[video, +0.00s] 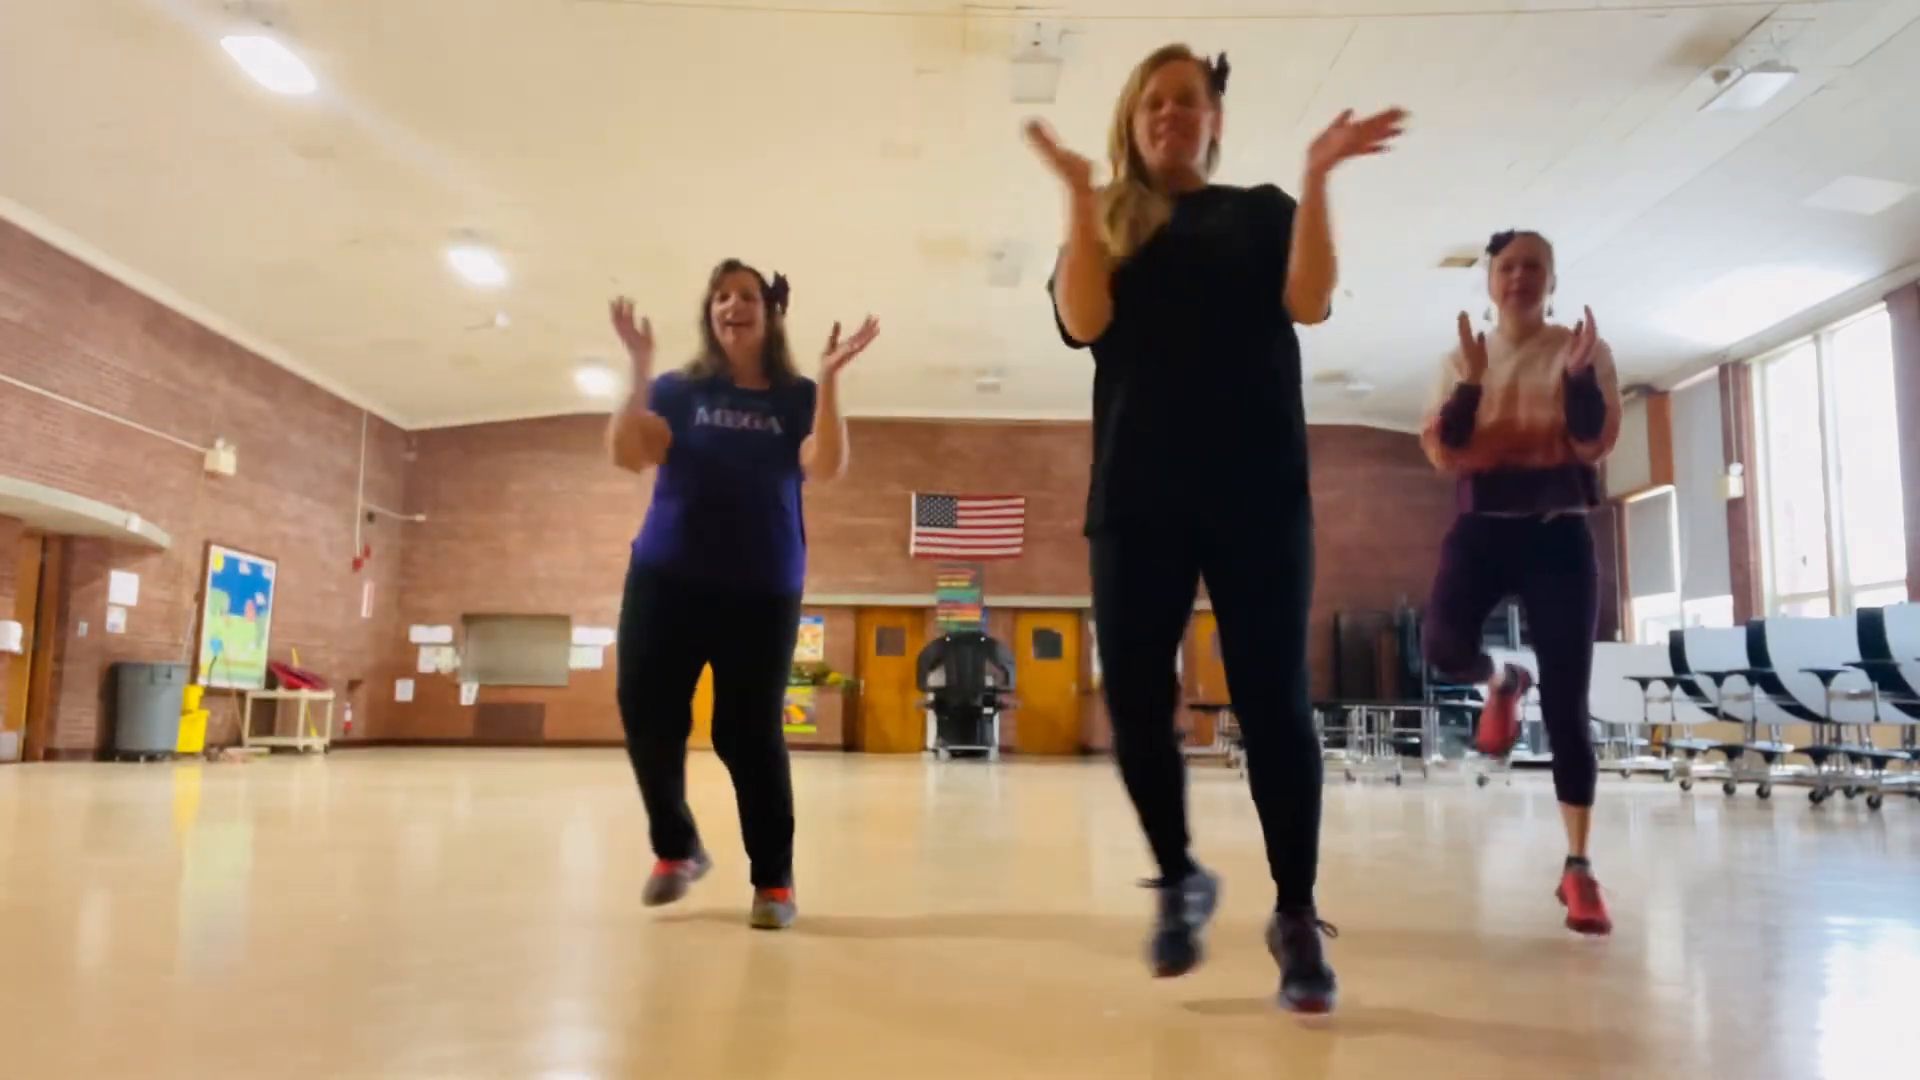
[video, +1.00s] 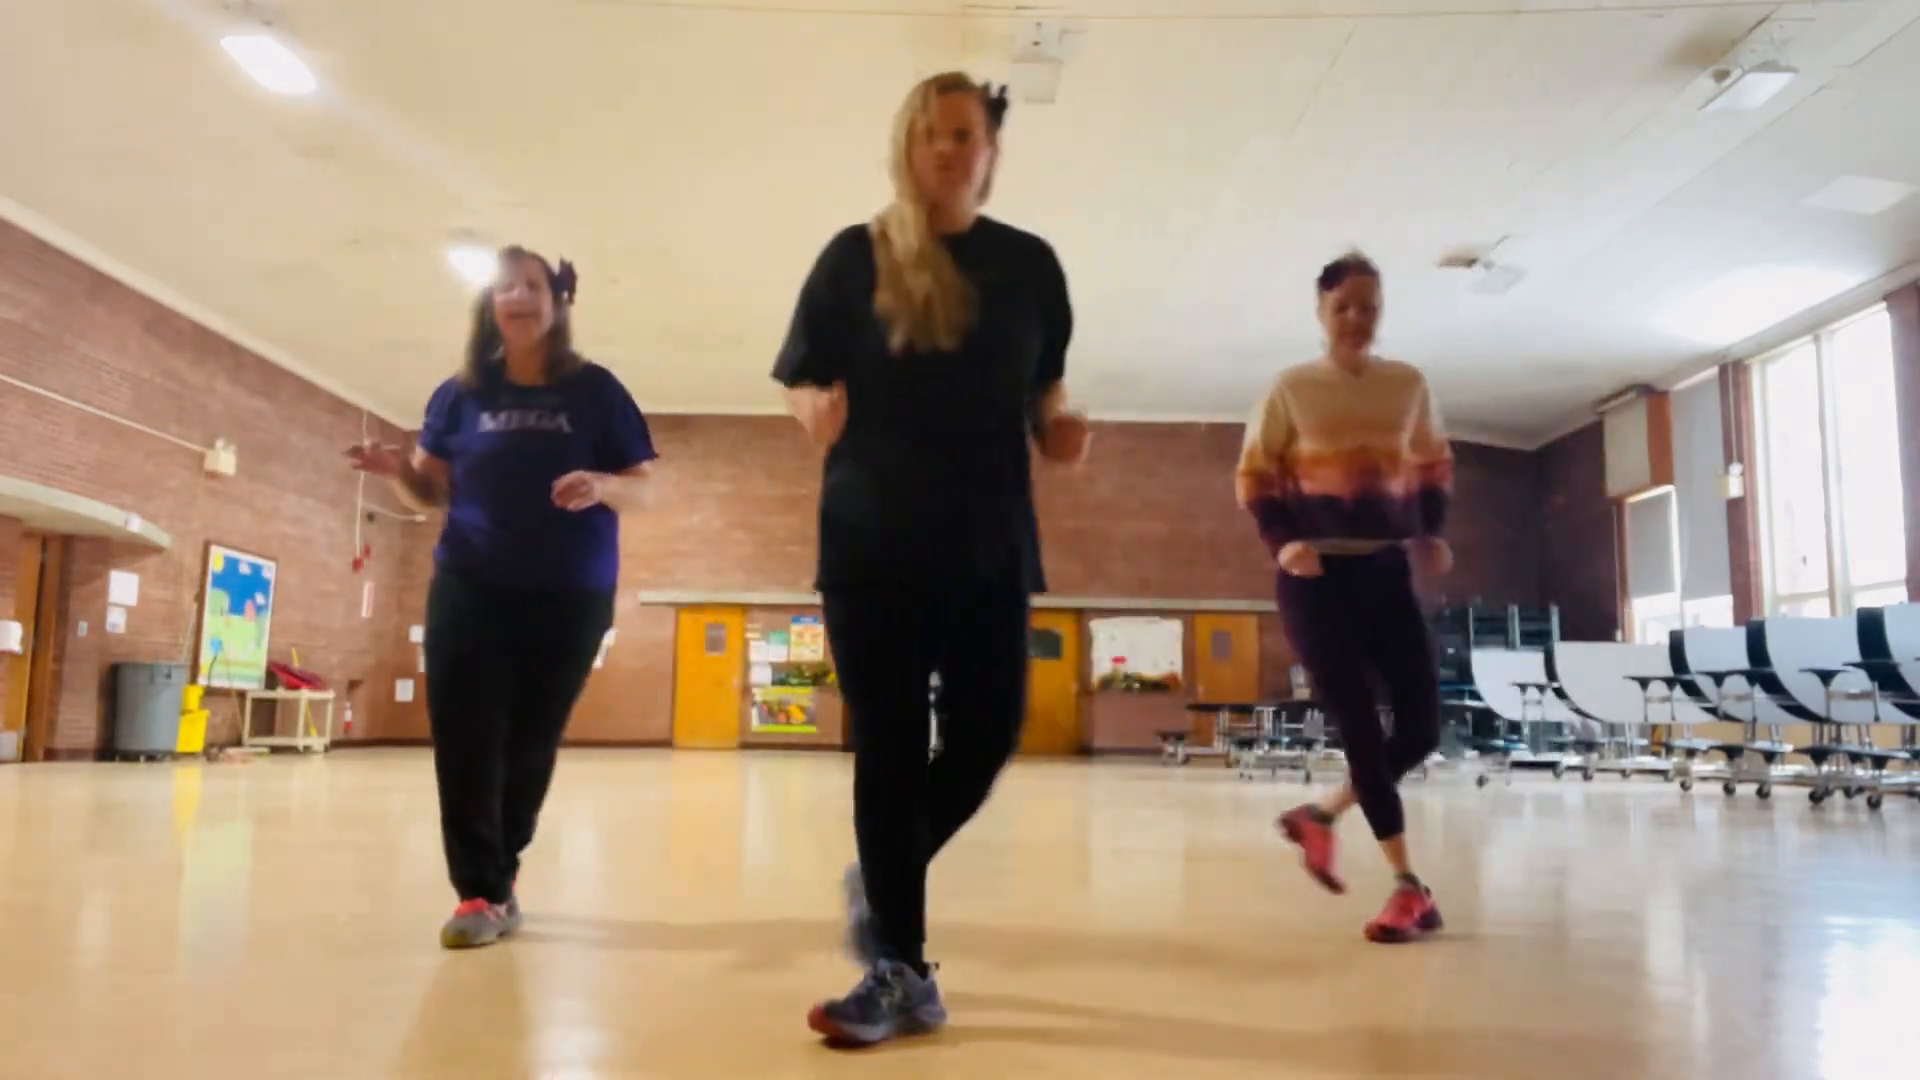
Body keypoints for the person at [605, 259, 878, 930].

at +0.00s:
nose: (732, 305)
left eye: (745, 295)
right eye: (721, 297)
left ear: (770, 314)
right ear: (709, 316)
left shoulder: (797, 395)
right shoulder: (680, 388)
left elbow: (827, 467)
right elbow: (628, 455)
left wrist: (829, 381)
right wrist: (638, 367)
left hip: (760, 587)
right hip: (668, 578)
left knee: (749, 732)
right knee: (648, 719)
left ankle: (773, 880)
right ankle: (676, 851)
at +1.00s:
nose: (516, 296)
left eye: (531, 285)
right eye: (505, 286)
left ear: (558, 304)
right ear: (489, 308)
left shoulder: (596, 391)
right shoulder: (458, 395)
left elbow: (646, 487)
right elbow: (431, 492)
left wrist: (603, 486)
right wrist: (399, 469)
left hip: (566, 595)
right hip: (470, 587)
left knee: (529, 739)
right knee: (466, 737)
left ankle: (500, 878)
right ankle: (478, 896)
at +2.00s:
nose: (380, 293)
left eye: (391, 282)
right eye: (363, 284)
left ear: (412, 300)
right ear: (339, 307)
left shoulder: (452, 376)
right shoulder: (316, 391)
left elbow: (465, 458)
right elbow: (307, 478)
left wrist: (387, 386)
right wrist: (357, 403)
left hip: (447, 587)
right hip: (340, 583)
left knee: (435, 743)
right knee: (324, 743)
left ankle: (419, 883)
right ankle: (318, 891)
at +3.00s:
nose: (631, 324)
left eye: (642, 313)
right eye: (618, 314)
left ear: (660, 322)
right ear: (597, 326)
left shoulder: (695, 409)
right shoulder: (563, 409)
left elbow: (725, 508)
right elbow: (523, 500)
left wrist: (744, 590)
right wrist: (508, 550)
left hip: (675, 596)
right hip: (583, 595)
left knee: (641, 735)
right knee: (597, 740)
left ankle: (620, 889)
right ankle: (638, 877)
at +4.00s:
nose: (793, 321)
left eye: (806, 313)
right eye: (782, 310)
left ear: (822, 330)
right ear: (762, 321)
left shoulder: (825, 420)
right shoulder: (716, 389)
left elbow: (831, 514)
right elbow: (649, 467)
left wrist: (893, 556)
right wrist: (663, 456)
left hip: (781, 591)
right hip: (689, 572)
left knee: (761, 737)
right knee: (639, 711)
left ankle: (742, 882)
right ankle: (617, 834)